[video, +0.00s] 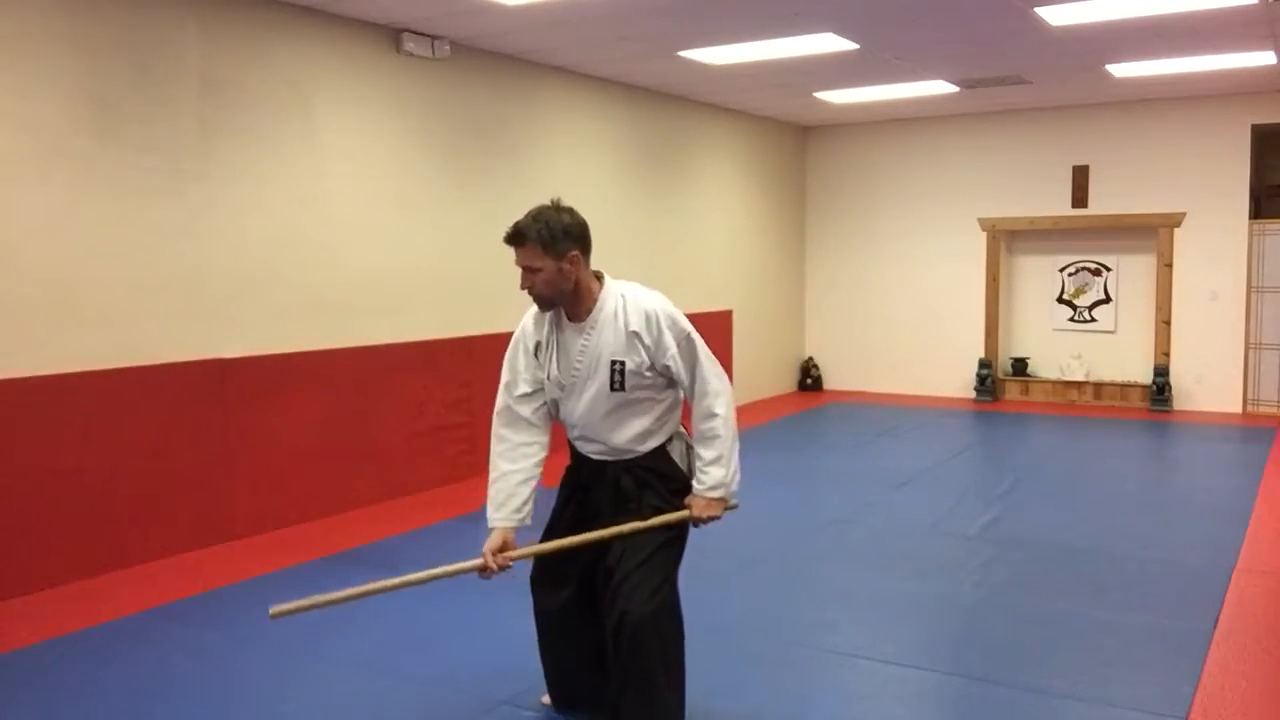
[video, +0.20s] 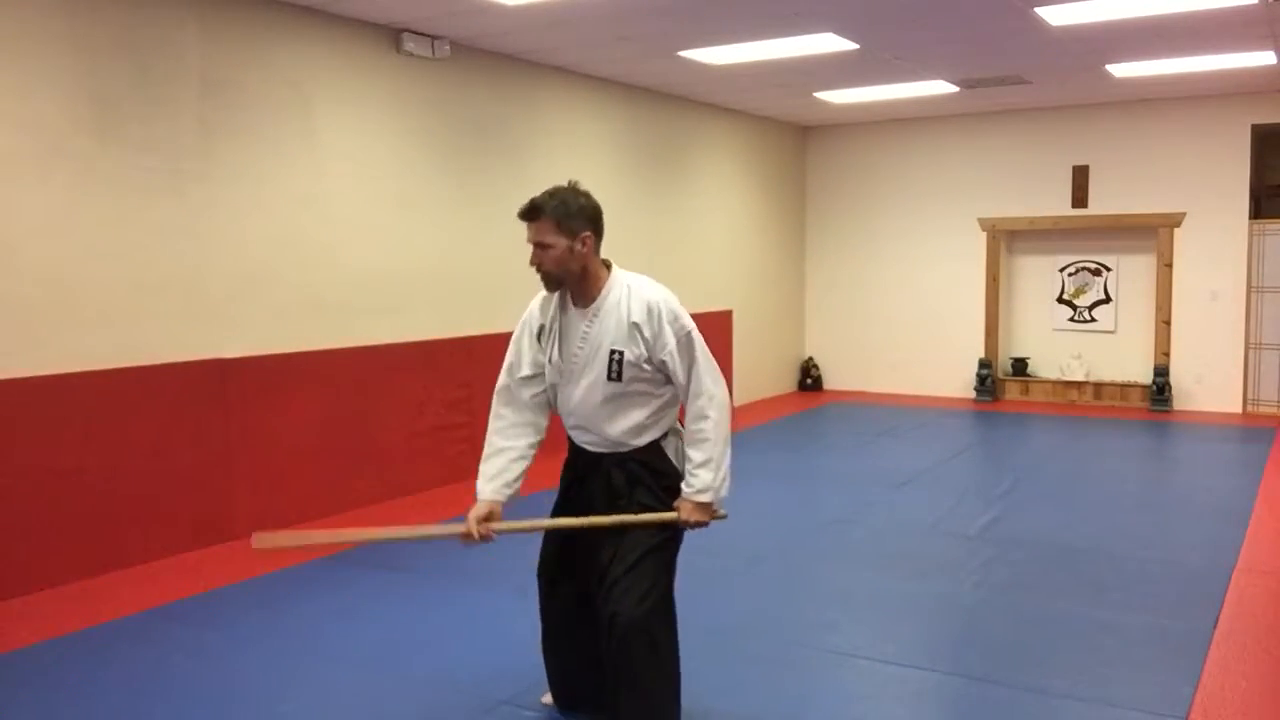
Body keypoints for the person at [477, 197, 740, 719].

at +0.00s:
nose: (524, 283)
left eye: (532, 271)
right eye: (521, 271)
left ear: (573, 264)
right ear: (566, 266)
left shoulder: (647, 314)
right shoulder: (535, 333)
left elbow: (712, 391)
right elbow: (519, 430)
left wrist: (713, 484)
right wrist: (503, 523)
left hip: (652, 478)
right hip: (587, 478)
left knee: (635, 608)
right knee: (554, 586)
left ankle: (647, 711)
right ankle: (579, 697)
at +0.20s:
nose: (533, 258)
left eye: (542, 246)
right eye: (531, 245)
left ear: (583, 245)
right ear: (567, 247)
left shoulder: (650, 307)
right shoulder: (542, 315)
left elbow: (708, 395)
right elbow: (517, 409)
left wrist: (702, 488)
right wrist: (491, 493)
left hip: (646, 473)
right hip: (583, 471)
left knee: (631, 611)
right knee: (560, 587)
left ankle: (645, 711)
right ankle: (577, 695)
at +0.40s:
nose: (543, 230)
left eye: (553, 217)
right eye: (542, 217)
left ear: (596, 219)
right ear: (583, 220)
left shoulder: (651, 293)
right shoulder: (556, 292)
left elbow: (698, 391)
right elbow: (530, 380)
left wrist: (682, 493)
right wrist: (498, 451)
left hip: (640, 466)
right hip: (581, 462)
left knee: (629, 622)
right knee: (572, 611)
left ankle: (639, 714)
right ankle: (578, 708)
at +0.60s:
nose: (548, 207)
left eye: (559, 195)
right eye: (547, 195)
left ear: (600, 199)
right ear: (586, 201)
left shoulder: (646, 277)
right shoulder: (575, 273)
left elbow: (672, 389)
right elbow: (558, 359)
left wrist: (651, 494)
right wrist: (522, 421)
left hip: (632, 452)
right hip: (582, 446)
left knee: (631, 603)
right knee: (578, 591)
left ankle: (638, 707)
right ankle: (590, 695)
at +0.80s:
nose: (548, 195)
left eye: (560, 185)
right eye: (548, 184)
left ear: (600, 191)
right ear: (584, 193)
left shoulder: (633, 270)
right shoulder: (584, 265)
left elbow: (634, 386)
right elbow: (590, 366)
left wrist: (603, 482)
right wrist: (548, 413)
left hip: (625, 446)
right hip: (583, 437)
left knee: (630, 601)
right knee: (584, 595)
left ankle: (638, 707)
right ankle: (585, 700)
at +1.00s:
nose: (544, 196)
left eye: (556, 186)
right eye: (545, 185)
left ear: (594, 192)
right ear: (584, 195)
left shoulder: (617, 266)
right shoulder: (584, 261)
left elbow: (607, 380)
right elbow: (588, 363)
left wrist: (563, 474)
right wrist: (555, 418)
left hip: (613, 446)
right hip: (580, 438)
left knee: (622, 598)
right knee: (585, 592)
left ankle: (633, 706)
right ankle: (586, 698)